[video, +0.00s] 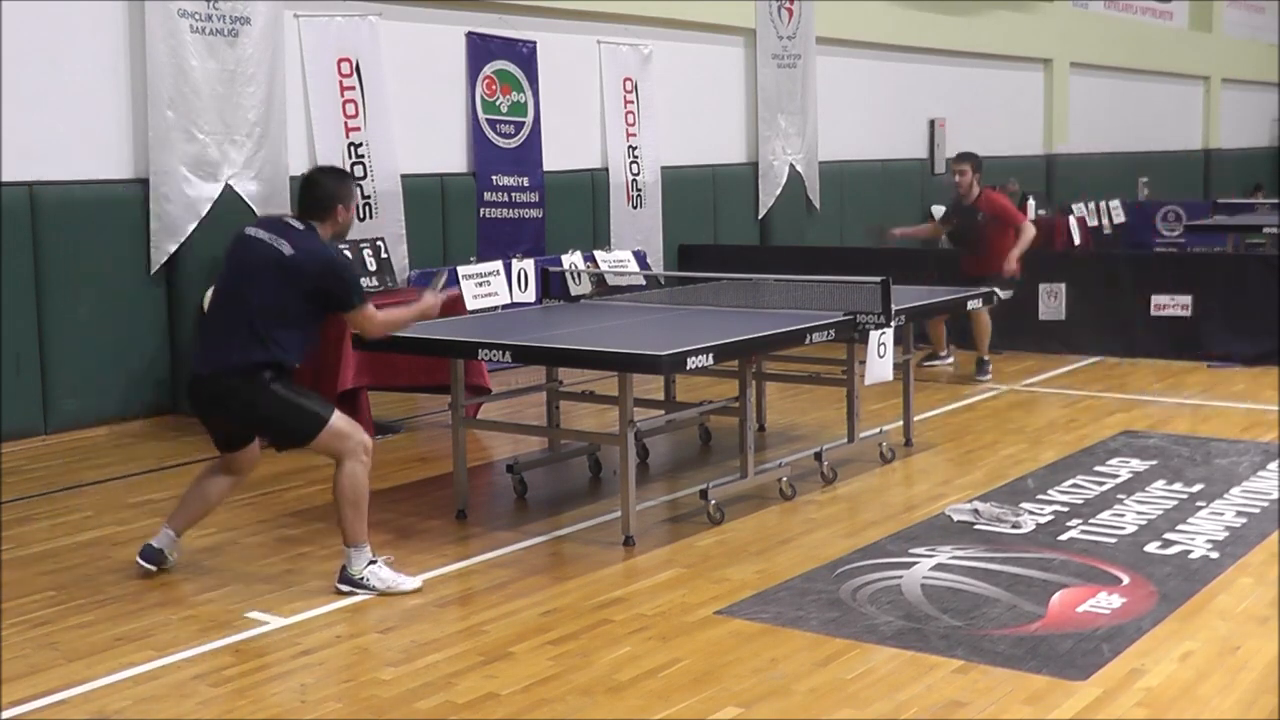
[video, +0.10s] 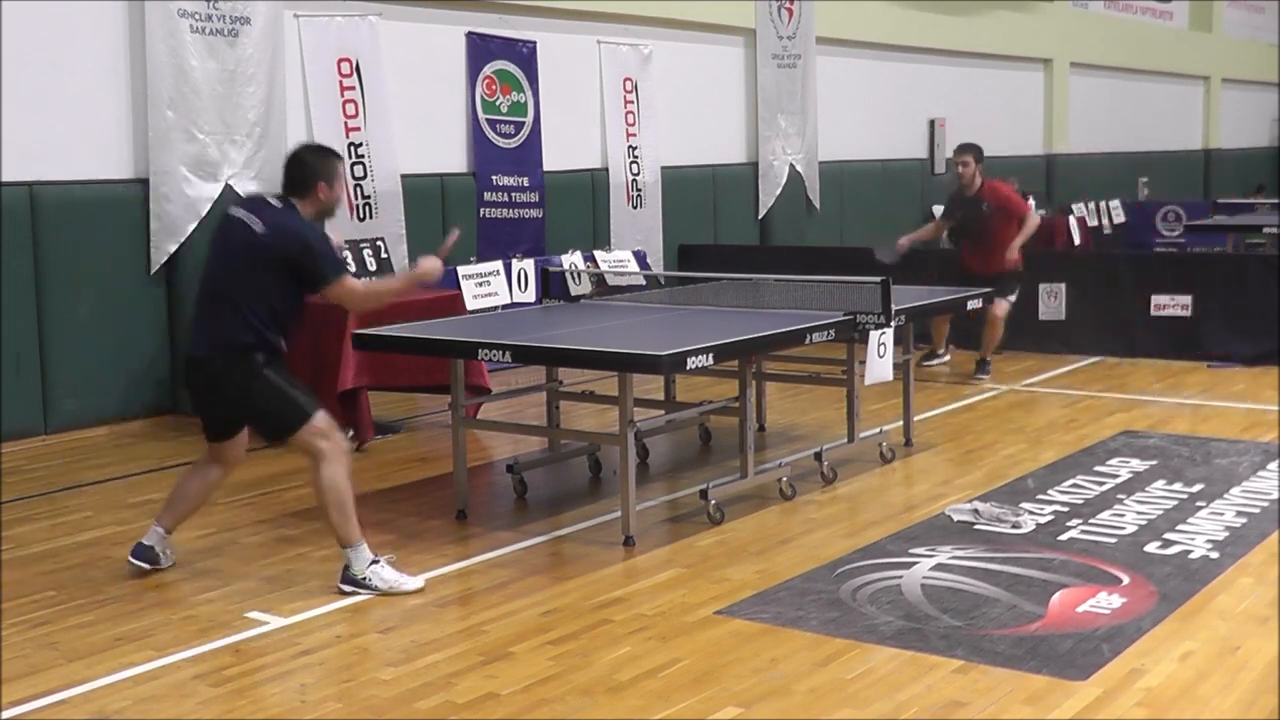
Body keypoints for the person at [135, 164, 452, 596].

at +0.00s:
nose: (354, 213)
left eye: (353, 205)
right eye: (352, 206)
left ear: (304, 203)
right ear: (341, 212)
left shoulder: (257, 229)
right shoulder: (328, 261)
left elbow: (217, 300)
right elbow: (370, 325)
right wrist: (422, 309)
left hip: (207, 380)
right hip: (252, 384)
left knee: (238, 461)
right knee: (356, 446)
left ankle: (162, 544)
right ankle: (359, 565)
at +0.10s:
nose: (345, 192)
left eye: (344, 183)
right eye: (340, 183)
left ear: (295, 186)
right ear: (320, 189)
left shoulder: (245, 210)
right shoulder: (301, 237)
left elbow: (270, 272)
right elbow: (355, 297)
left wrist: (321, 255)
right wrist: (415, 277)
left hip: (204, 362)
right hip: (243, 366)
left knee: (223, 455)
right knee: (330, 444)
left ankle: (153, 542)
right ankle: (360, 563)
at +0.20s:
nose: (310, 162)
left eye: (311, 153)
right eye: (307, 154)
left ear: (267, 151)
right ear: (284, 154)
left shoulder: (221, 177)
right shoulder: (252, 197)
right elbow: (291, 265)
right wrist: (353, 245)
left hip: (196, 337)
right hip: (230, 340)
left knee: (201, 440)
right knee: (282, 445)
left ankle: (147, 539)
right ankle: (311, 563)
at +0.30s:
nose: (300, 143)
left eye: (298, 133)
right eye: (296, 133)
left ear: (254, 134)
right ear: (275, 136)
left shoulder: (211, 167)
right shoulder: (239, 180)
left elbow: (210, 246)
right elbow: (247, 257)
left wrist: (270, 233)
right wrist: (313, 245)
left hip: (188, 325)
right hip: (222, 328)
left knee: (191, 434)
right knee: (264, 439)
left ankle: (146, 535)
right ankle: (240, 564)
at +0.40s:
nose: (285, 132)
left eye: (283, 123)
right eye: (281, 124)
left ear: (240, 128)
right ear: (263, 129)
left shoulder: (202, 165)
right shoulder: (240, 181)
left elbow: (167, 216)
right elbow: (214, 259)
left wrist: (249, 232)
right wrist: (273, 297)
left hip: (177, 323)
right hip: (210, 328)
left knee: (194, 431)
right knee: (229, 447)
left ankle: (147, 524)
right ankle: (170, 568)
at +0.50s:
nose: (280, 143)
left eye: (277, 135)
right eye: (275, 135)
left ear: (235, 143)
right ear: (257, 143)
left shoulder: (195, 185)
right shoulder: (234, 196)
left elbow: (161, 250)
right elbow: (213, 277)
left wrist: (248, 239)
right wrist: (271, 328)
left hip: (175, 338)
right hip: (202, 344)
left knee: (193, 439)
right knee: (221, 463)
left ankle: (152, 526)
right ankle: (165, 578)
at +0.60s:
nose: (275, 164)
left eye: (272, 154)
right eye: (271, 155)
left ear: (230, 163)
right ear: (251, 162)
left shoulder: (190, 202)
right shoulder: (234, 212)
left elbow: (170, 272)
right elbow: (232, 297)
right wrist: (289, 338)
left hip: (162, 350)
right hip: (188, 356)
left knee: (198, 442)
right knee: (228, 472)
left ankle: (167, 530)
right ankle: (164, 580)